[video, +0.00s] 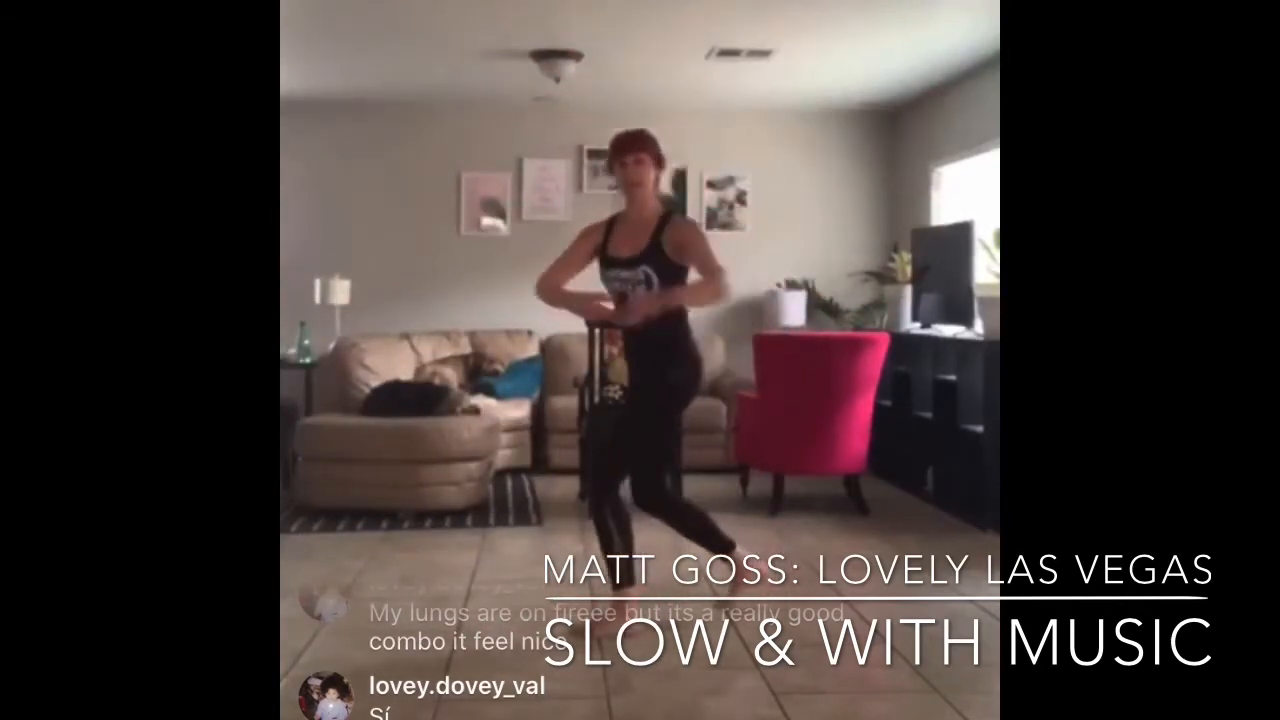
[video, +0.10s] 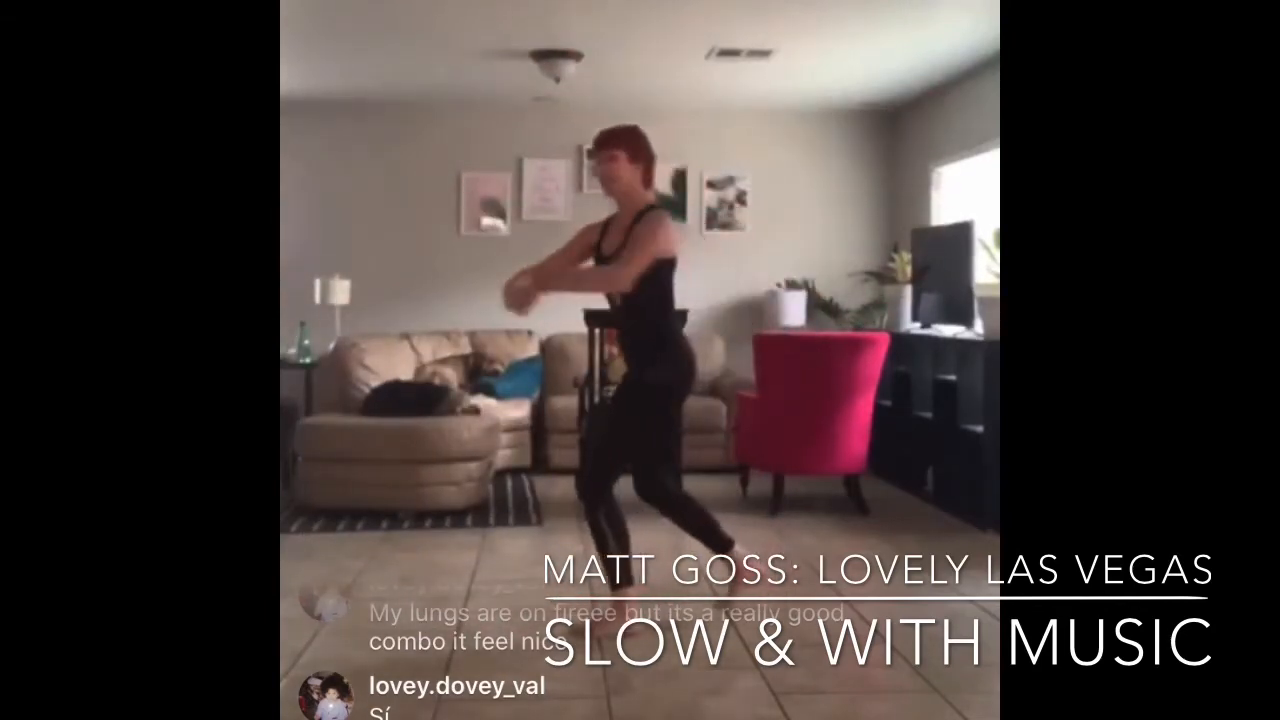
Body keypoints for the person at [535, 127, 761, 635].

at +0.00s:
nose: (631, 169)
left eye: (640, 161)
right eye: (623, 163)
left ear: (658, 169)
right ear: (613, 173)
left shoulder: (679, 231)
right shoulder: (601, 233)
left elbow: (718, 287)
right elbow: (546, 287)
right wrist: (587, 304)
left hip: (672, 367)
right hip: (638, 368)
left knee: (602, 472)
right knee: (654, 495)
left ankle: (623, 598)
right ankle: (738, 561)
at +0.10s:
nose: (601, 171)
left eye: (610, 161)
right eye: (598, 163)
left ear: (640, 167)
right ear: (600, 172)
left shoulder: (657, 225)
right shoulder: (603, 231)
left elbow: (617, 281)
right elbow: (556, 266)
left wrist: (544, 285)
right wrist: (523, 282)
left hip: (664, 368)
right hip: (645, 368)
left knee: (593, 480)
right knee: (656, 485)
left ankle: (625, 598)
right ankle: (737, 560)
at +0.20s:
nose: (588, 173)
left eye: (592, 163)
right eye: (587, 164)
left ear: (613, 163)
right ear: (626, 163)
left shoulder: (613, 218)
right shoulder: (639, 218)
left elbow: (549, 265)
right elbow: (559, 272)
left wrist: (489, 272)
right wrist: (498, 279)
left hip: (639, 366)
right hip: (672, 361)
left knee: (589, 481)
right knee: (665, 472)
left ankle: (621, 600)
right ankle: (731, 569)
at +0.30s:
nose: (583, 165)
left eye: (583, 158)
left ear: (586, 161)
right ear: (630, 160)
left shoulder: (570, 216)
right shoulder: (649, 215)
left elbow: (528, 279)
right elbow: (633, 264)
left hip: (605, 356)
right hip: (662, 352)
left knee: (594, 482)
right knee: (681, 470)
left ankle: (611, 600)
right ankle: (721, 574)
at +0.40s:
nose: (627, 157)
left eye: (624, 149)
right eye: (623, 150)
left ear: (573, 158)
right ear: (613, 154)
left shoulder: (552, 214)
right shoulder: (640, 207)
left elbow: (571, 264)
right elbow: (659, 272)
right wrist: (645, 274)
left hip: (573, 349)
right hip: (631, 347)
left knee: (595, 474)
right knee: (670, 464)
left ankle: (587, 592)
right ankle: (712, 569)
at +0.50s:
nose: (623, 151)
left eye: (619, 141)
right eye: (614, 143)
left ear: (577, 157)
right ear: (591, 153)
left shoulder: (560, 213)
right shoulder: (621, 203)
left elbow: (613, 257)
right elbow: (695, 240)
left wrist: (673, 270)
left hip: (558, 354)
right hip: (598, 354)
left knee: (599, 478)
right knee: (644, 472)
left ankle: (564, 597)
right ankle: (697, 584)